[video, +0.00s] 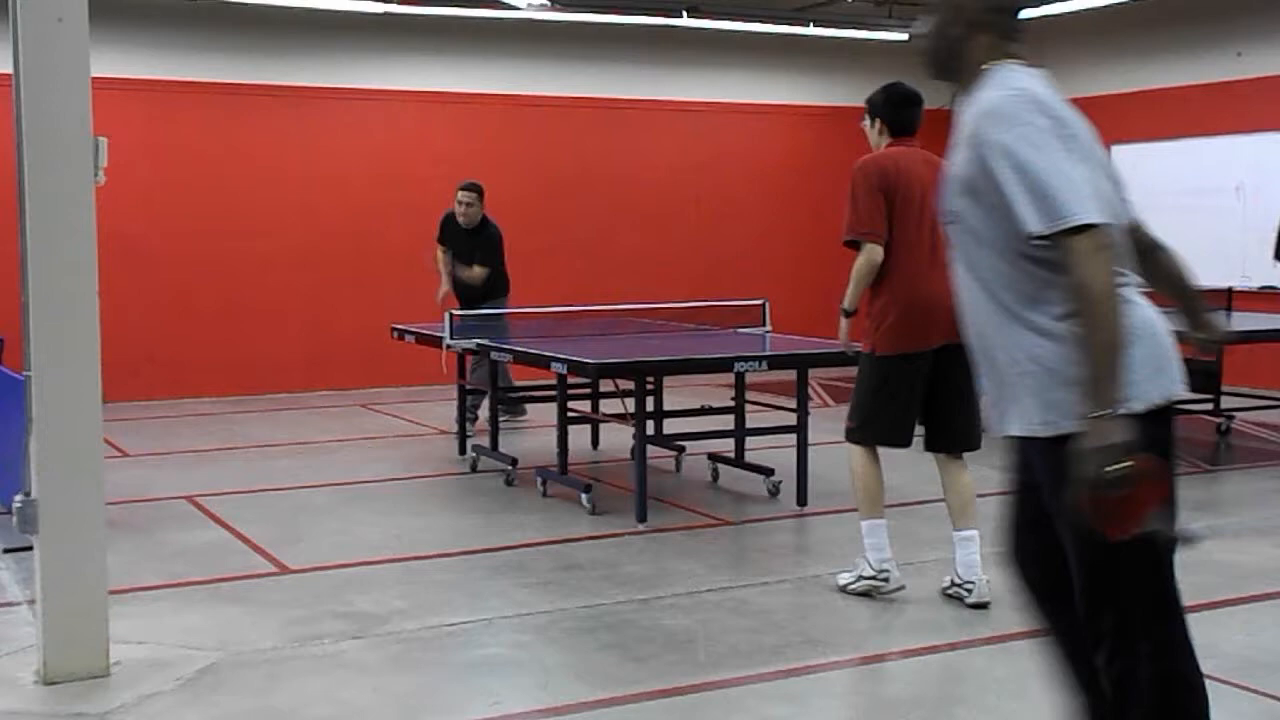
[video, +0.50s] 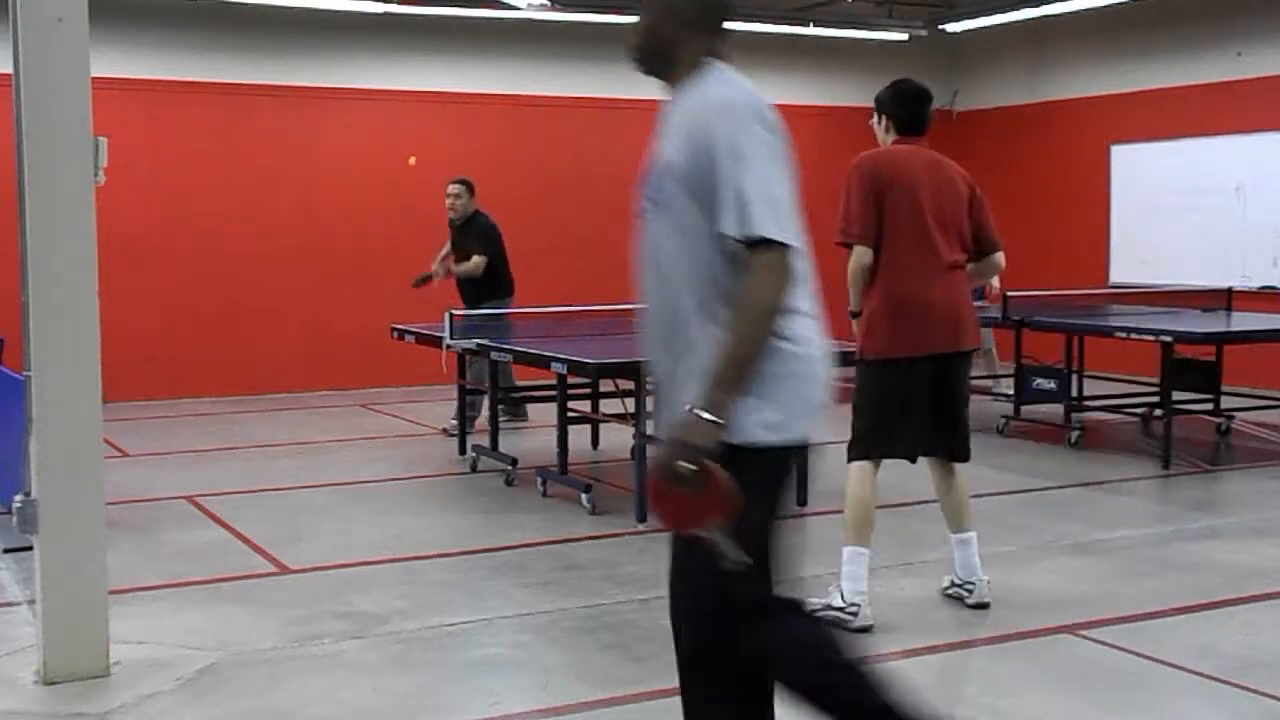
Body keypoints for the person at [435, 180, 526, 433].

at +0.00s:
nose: (463, 209)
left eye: (470, 205)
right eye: (460, 203)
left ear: (481, 207)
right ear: (454, 203)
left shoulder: (490, 234)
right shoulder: (449, 222)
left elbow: (478, 275)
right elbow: (443, 250)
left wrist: (452, 268)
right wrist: (446, 279)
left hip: (491, 298)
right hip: (466, 296)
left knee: (484, 353)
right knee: (485, 350)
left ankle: (469, 412)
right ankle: (511, 402)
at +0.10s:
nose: (462, 205)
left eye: (469, 201)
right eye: (459, 200)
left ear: (481, 204)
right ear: (454, 201)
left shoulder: (490, 229)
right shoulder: (452, 223)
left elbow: (472, 262)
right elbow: (448, 257)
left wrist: (449, 243)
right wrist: (450, 290)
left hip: (494, 298)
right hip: (470, 298)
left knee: (482, 355)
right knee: (492, 352)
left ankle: (469, 414)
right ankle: (513, 404)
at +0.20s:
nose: (462, 199)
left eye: (469, 195)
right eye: (459, 194)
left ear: (482, 198)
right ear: (455, 196)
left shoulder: (491, 223)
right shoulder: (456, 220)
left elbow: (469, 248)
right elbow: (454, 253)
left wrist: (448, 232)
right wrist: (452, 287)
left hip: (495, 298)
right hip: (473, 298)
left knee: (480, 356)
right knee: (494, 353)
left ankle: (469, 414)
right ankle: (514, 405)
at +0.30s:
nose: (462, 195)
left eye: (468, 190)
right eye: (459, 190)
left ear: (481, 194)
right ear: (454, 193)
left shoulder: (489, 220)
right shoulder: (457, 219)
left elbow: (472, 247)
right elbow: (457, 253)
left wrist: (449, 236)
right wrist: (451, 282)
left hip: (495, 297)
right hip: (474, 297)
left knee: (477, 354)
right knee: (494, 352)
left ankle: (469, 414)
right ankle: (513, 405)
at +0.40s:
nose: (457, 196)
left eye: (464, 191)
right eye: (455, 191)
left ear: (478, 195)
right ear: (451, 194)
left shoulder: (487, 221)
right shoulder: (459, 219)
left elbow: (473, 254)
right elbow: (458, 249)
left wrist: (449, 248)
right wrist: (447, 269)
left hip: (494, 299)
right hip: (475, 299)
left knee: (477, 356)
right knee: (494, 353)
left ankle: (467, 416)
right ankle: (513, 406)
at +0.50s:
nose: (451, 202)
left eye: (457, 197)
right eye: (448, 197)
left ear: (472, 200)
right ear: (446, 200)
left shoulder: (483, 226)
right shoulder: (457, 223)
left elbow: (477, 266)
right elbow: (454, 244)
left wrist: (451, 270)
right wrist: (439, 261)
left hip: (494, 299)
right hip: (475, 299)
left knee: (477, 357)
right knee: (495, 354)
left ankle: (466, 417)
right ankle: (513, 407)